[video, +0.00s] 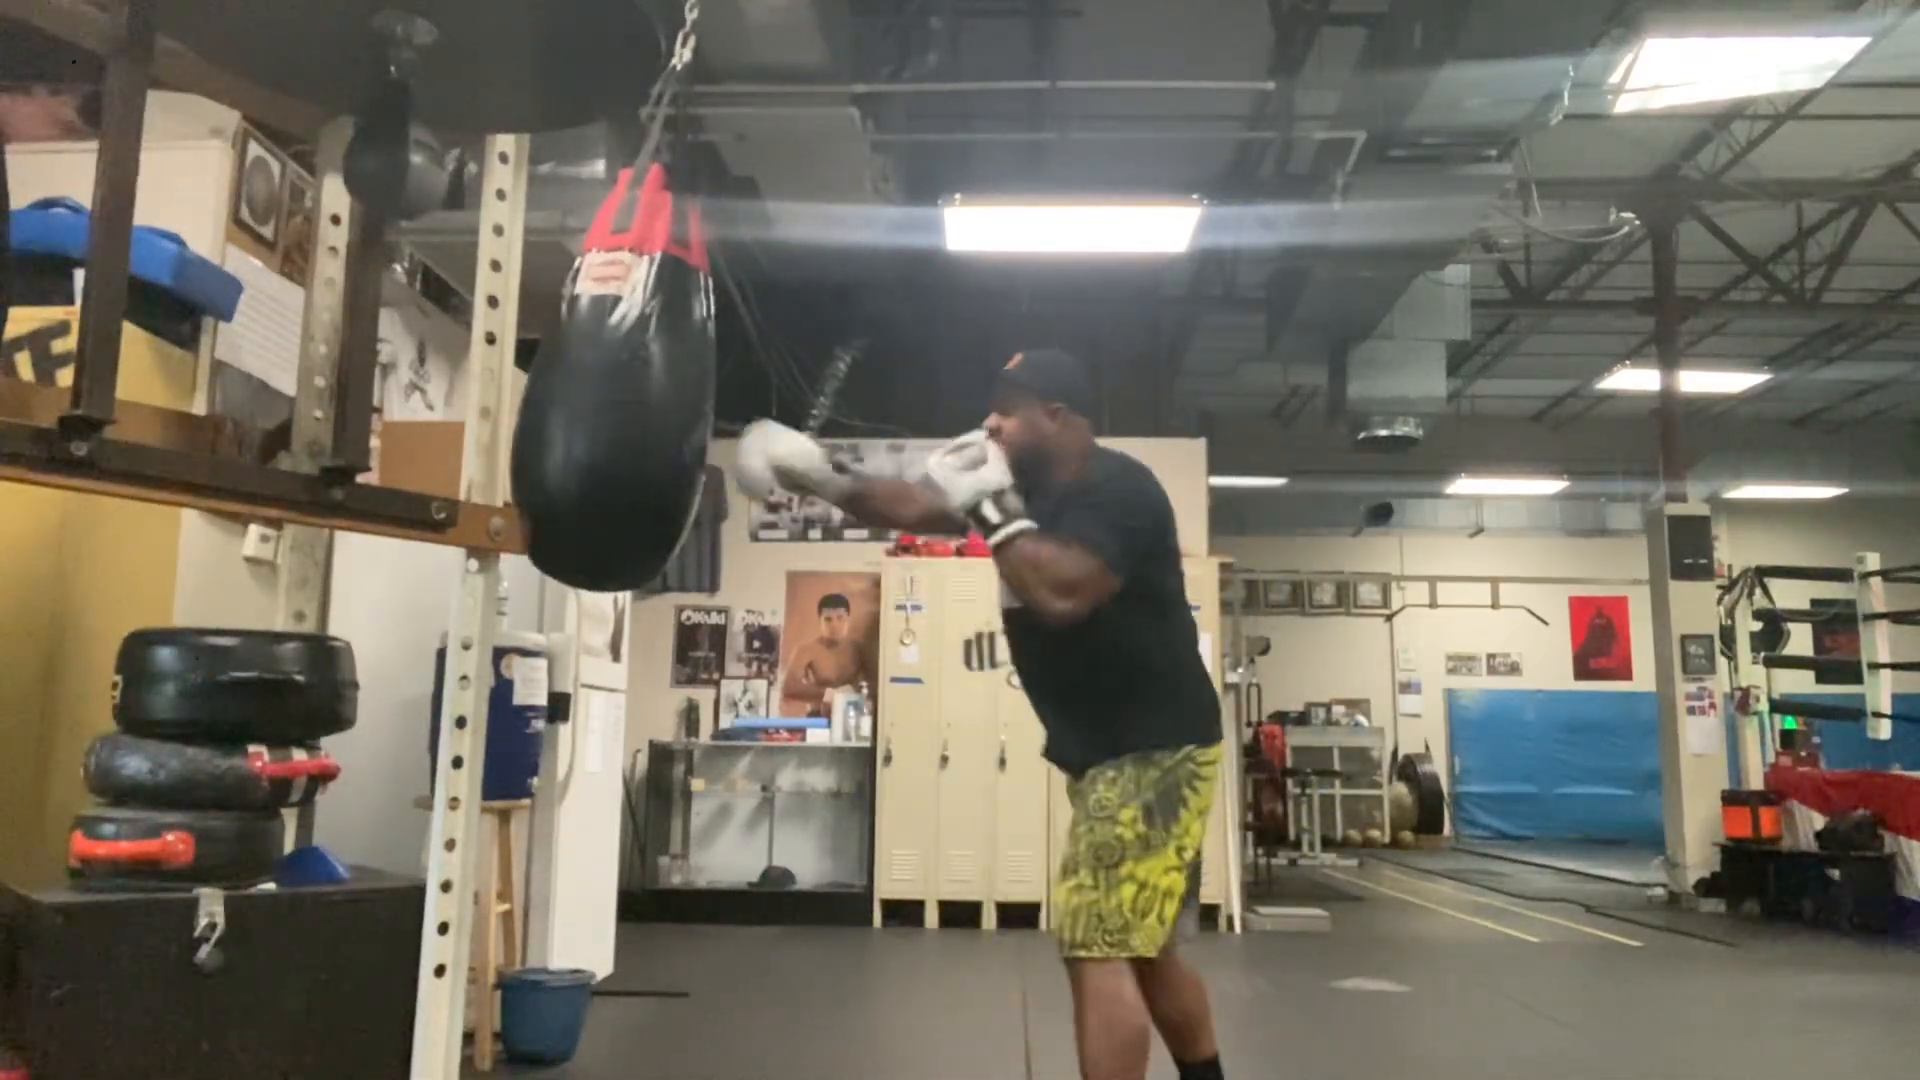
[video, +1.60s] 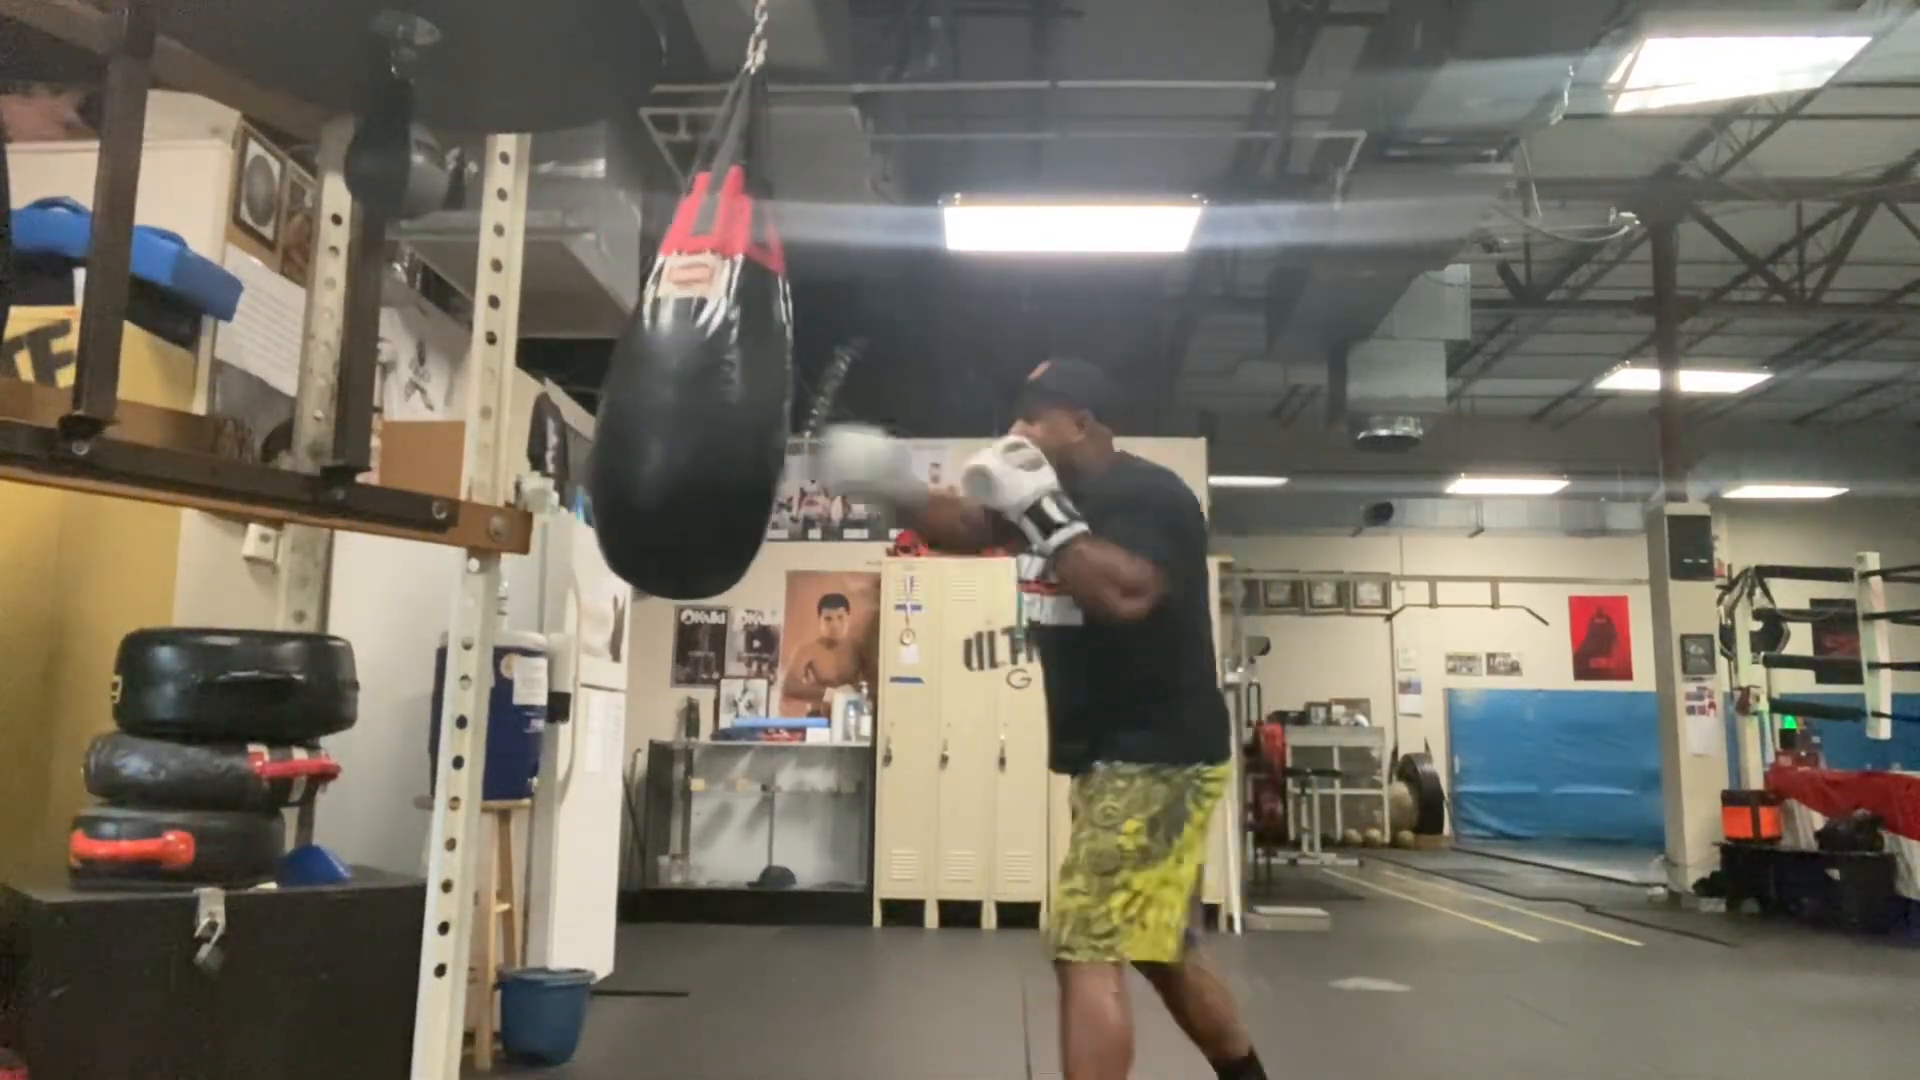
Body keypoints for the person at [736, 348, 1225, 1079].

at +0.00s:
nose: (993, 428)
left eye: (1006, 414)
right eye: (994, 414)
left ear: (1057, 416)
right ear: (1045, 419)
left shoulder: (1121, 488)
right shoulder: (1032, 491)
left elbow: (1064, 591)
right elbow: (920, 504)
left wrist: (999, 509)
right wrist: (821, 475)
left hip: (1155, 750)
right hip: (1105, 754)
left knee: (1094, 942)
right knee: (1148, 949)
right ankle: (1206, 1077)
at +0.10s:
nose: (1012, 429)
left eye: (1024, 414)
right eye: (1013, 415)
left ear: (1073, 417)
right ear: (1064, 419)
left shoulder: (1132, 493)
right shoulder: (1058, 497)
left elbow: (1062, 598)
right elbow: (1004, 572)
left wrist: (1003, 523)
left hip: (1151, 754)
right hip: (1123, 753)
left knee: (1084, 944)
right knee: (1156, 948)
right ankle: (1209, 1079)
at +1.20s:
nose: (1066, 434)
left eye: (1077, 418)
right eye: (1068, 418)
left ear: (1120, 420)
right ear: (1127, 423)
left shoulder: (1158, 489)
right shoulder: (1158, 491)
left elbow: (1105, 585)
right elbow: (1102, 615)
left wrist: (1040, 517)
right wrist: (1028, 585)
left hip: (1182, 749)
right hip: (1211, 745)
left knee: (1135, 950)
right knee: (1199, 949)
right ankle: (1252, 1074)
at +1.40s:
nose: (1057, 444)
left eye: (1065, 428)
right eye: (1057, 429)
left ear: (1108, 428)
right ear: (1125, 431)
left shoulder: (1112, 498)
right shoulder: (1193, 496)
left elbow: (1054, 616)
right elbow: (1128, 603)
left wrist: (975, 591)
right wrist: (1037, 563)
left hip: (1158, 750)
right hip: (1226, 745)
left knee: (1074, 954)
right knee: (1196, 943)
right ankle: (1255, 1075)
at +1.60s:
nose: (1022, 434)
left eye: (1035, 420)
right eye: (1021, 421)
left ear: (1083, 421)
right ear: (1068, 426)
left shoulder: (1153, 494)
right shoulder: (1059, 497)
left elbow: (1128, 591)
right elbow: (970, 528)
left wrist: (1042, 506)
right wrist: (894, 488)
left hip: (1158, 752)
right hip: (1112, 751)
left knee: (1084, 943)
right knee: (1161, 948)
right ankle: (1247, 1072)